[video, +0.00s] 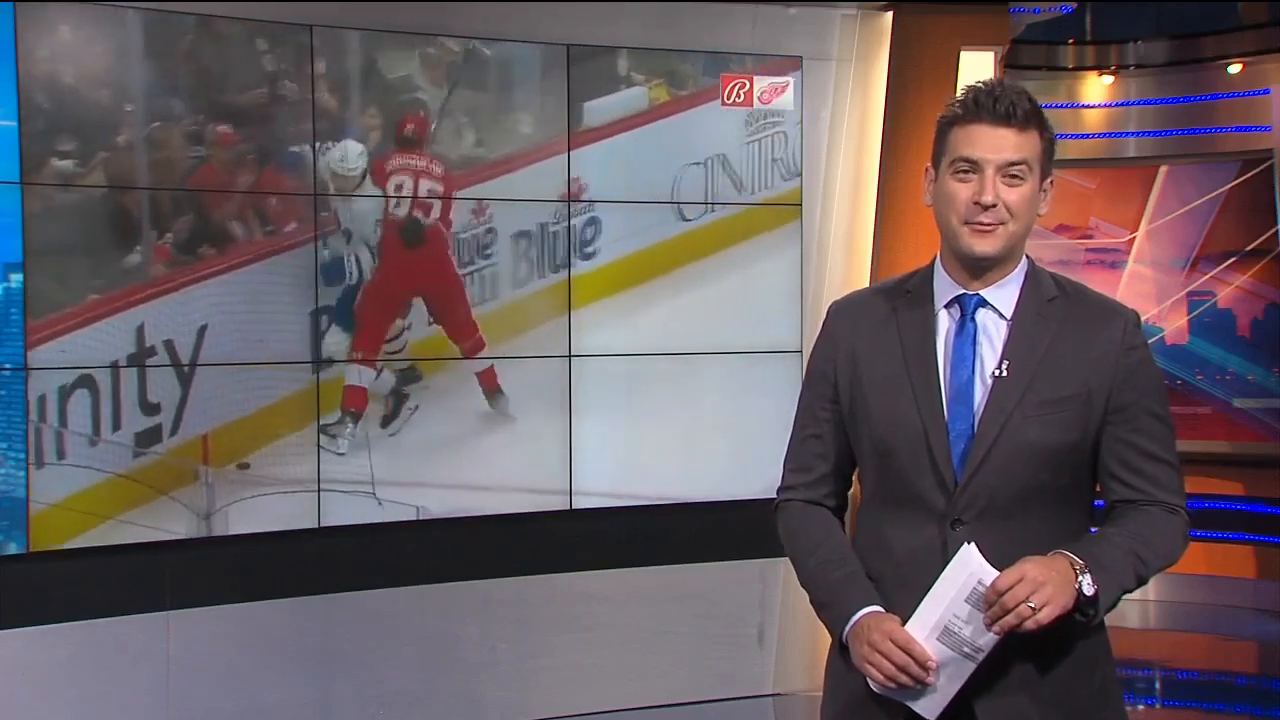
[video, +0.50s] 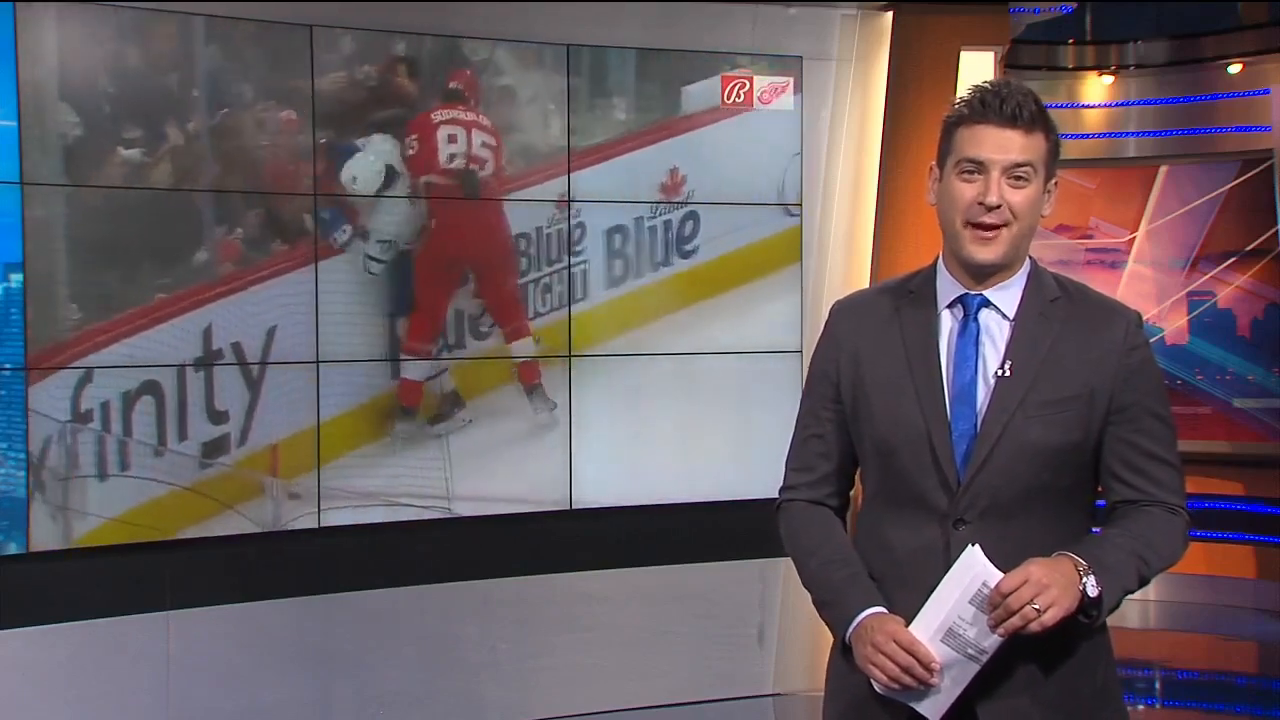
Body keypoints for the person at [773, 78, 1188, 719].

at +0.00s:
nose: (987, 196)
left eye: (1013, 176)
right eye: (965, 171)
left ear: (1043, 194)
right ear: (932, 185)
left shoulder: (1108, 335)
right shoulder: (854, 326)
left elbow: (1155, 511)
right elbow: (805, 499)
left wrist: (1079, 570)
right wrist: (857, 616)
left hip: (1044, 691)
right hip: (881, 687)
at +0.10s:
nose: (986, 199)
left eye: (1013, 178)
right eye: (965, 173)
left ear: (1043, 195)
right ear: (932, 186)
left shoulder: (1107, 336)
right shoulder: (854, 326)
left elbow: (1155, 512)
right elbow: (805, 499)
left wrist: (1078, 571)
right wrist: (856, 617)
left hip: (1043, 691)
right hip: (881, 687)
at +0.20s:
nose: (987, 198)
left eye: (1013, 178)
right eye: (966, 173)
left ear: (1043, 196)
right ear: (933, 185)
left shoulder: (1107, 336)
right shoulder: (855, 326)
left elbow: (1154, 512)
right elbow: (805, 498)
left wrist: (1078, 572)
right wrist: (856, 618)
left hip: (1043, 691)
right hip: (881, 687)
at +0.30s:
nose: (988, 198)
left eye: (1015, 178)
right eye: (968, 172)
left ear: (1045, 196)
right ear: (934, 185)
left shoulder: (1108, 336)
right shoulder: (855, 326)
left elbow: (1154, 512)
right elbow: (805, 498)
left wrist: (1078, 572)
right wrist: (857, 617)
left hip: (1043, 691)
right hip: (881, 687)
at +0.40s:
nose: (990, 197)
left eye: (1016, 177)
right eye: (969, 172)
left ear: (1046, 195)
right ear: (935, 185)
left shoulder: (1108, 336)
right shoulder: (856, 326)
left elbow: (1155, 511)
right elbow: (806, 498)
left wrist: (1080, 571)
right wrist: (858, 617)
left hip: (1045, 691)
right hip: (882, 687)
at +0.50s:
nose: (991, 197)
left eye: (1017, 177)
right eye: (970, 172)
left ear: (1047, 196)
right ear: (936, 185)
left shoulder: (1109, 336)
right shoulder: (857, 326)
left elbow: (1156, 512)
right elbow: (807, 499)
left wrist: (1082, 571)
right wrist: (860, 617)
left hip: (1046, 692)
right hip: (883, 688)